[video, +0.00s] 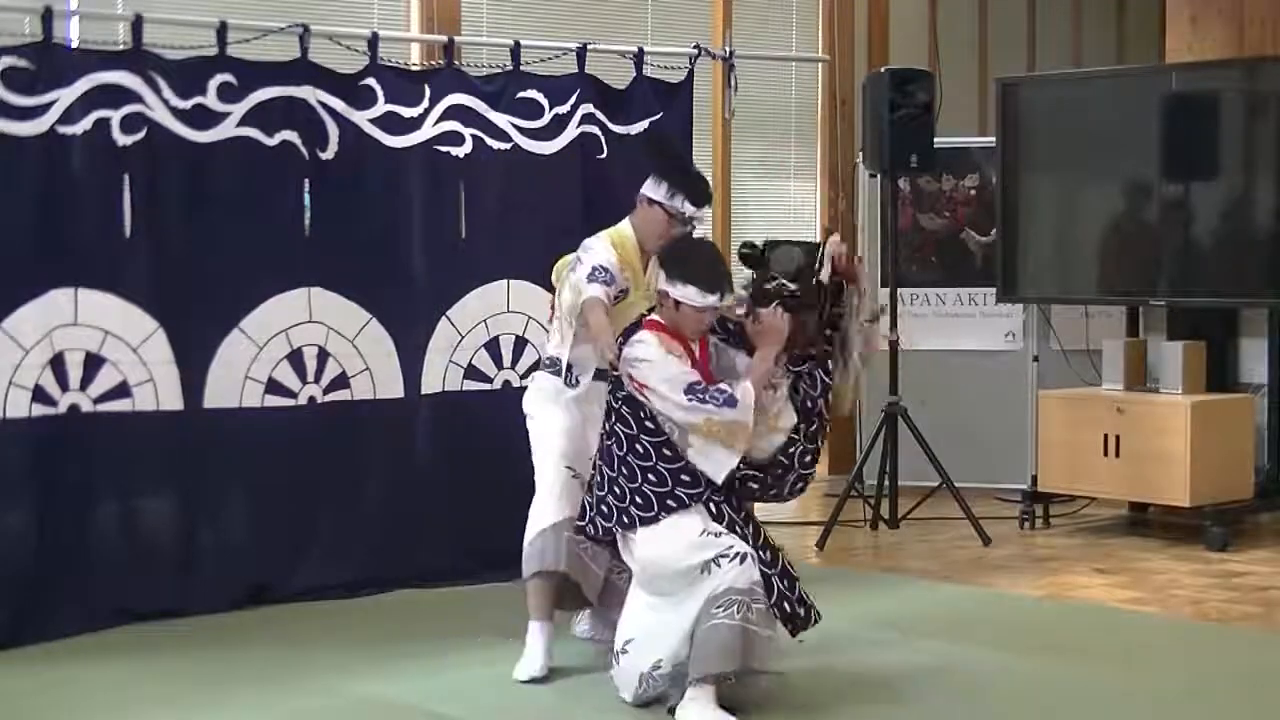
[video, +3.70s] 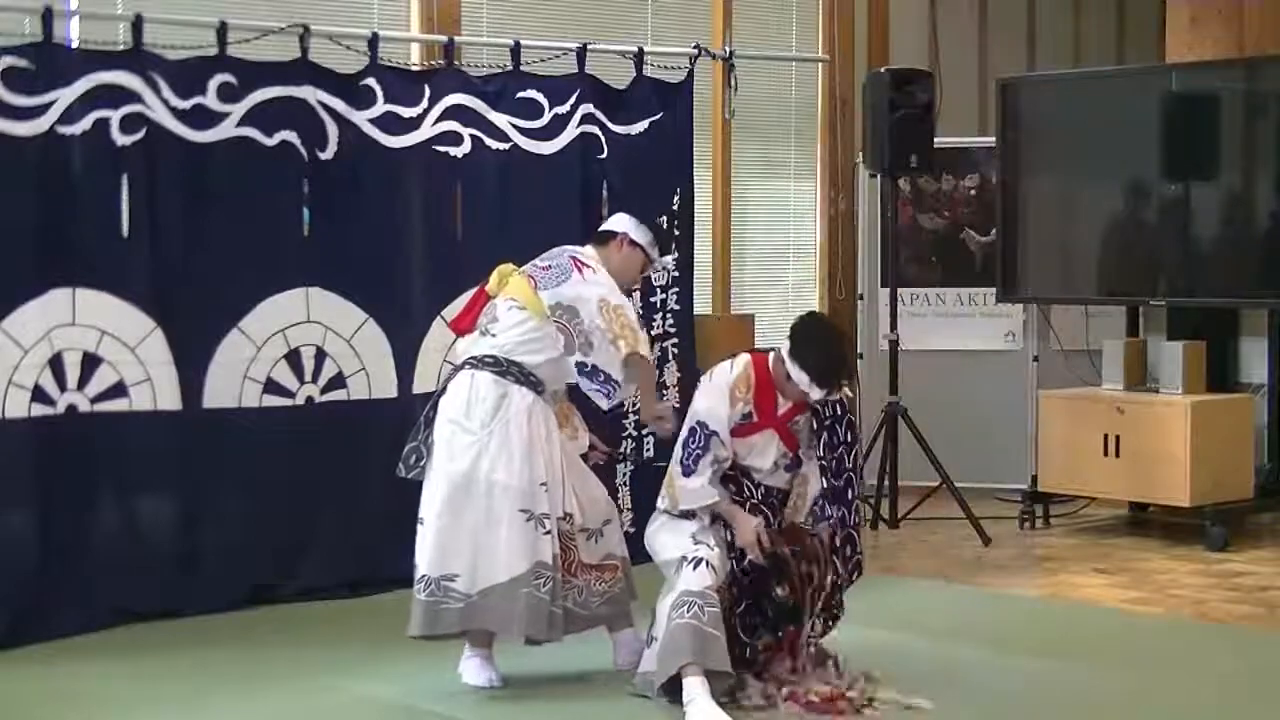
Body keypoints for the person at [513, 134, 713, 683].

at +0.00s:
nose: (681, 232)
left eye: (688, 222)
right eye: (676, 218)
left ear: (680, 220)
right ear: (645, 206)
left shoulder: (664, 263)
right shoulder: (603, 250)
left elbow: (689, 322)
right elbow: (593, 308)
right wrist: (618, 359)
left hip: (619, 393)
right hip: (564, 389)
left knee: (631, 502)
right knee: (557, 496)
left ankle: (602, 616)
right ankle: (537, 635)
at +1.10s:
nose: (649, 244)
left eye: (655, 235)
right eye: (647, 232)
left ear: (622, 219)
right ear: (618, 216)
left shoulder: (618, 264)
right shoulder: (561, 263)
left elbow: (624, 349)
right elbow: (580, 365)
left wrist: (653, 385)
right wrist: (660, 387)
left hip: (584, 408)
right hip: (533, 413)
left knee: (620, 510)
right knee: (559, 527)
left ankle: (606, 616)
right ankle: (541, 652)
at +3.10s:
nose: (656, 273)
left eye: (661, 265)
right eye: (657, 259)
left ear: (629, 242)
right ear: (634, 239)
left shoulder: (570, 267)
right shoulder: (595, 275)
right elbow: (637, 357)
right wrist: (678, 391)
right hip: (508, 399)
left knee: (609, 508)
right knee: (494, 522)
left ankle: (630, 642)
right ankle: (480, 649)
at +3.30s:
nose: (651, 285)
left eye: (656, 277)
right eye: (652, 273)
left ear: (621, 252)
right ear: (631, 253)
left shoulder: (566, 276)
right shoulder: (592, 283)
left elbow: (546, 377)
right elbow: (651, 363)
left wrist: (586, 436)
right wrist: (703, 400)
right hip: (499, 403)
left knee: (604, 510)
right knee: (488, 525)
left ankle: (628, 642)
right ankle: (479, 650)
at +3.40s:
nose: (646, 290)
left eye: (651, 283)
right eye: (648, 277)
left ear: (621, 255)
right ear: (629, 256)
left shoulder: (559, 273)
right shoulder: (593, 283)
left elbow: (547, 380)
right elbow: (643, 341)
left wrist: (579, 433)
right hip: (501, 406)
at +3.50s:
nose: (644, 290)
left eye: (649, 282)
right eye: (646, 276)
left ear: (619, 255)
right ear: (627, 255)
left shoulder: (559, 274)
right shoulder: (594, 280)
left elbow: (543, 384)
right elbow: (656, 349)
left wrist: (581, 443)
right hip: (492, 403)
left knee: (593, 512)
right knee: (487, 526)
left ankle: (627, 643)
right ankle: (478, 653)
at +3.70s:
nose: (640, 280)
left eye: (646, 271)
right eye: (643, 266)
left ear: (613, 243)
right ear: (622, 245)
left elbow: (542, 370)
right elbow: (634, 353)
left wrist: (577, 432)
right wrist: (654, 408)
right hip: (498, 399)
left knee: (594, 510)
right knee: (488, 522)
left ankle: (627, 642)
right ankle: (478, 652)